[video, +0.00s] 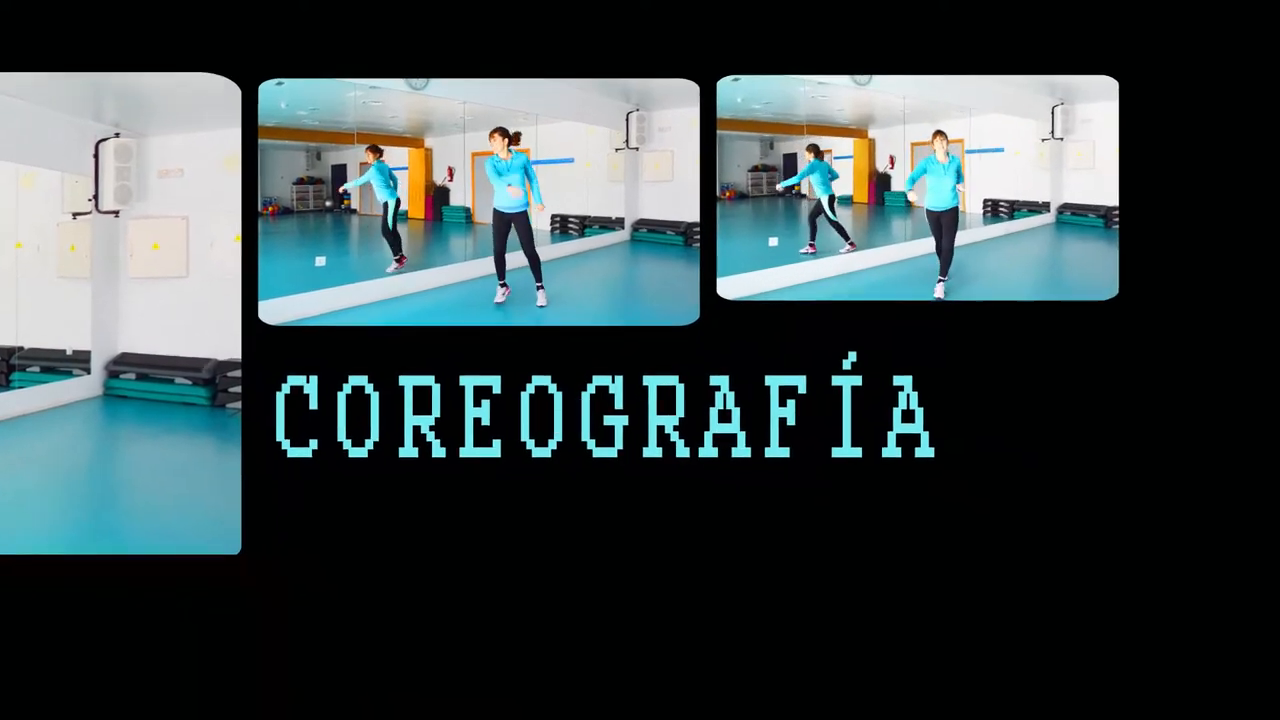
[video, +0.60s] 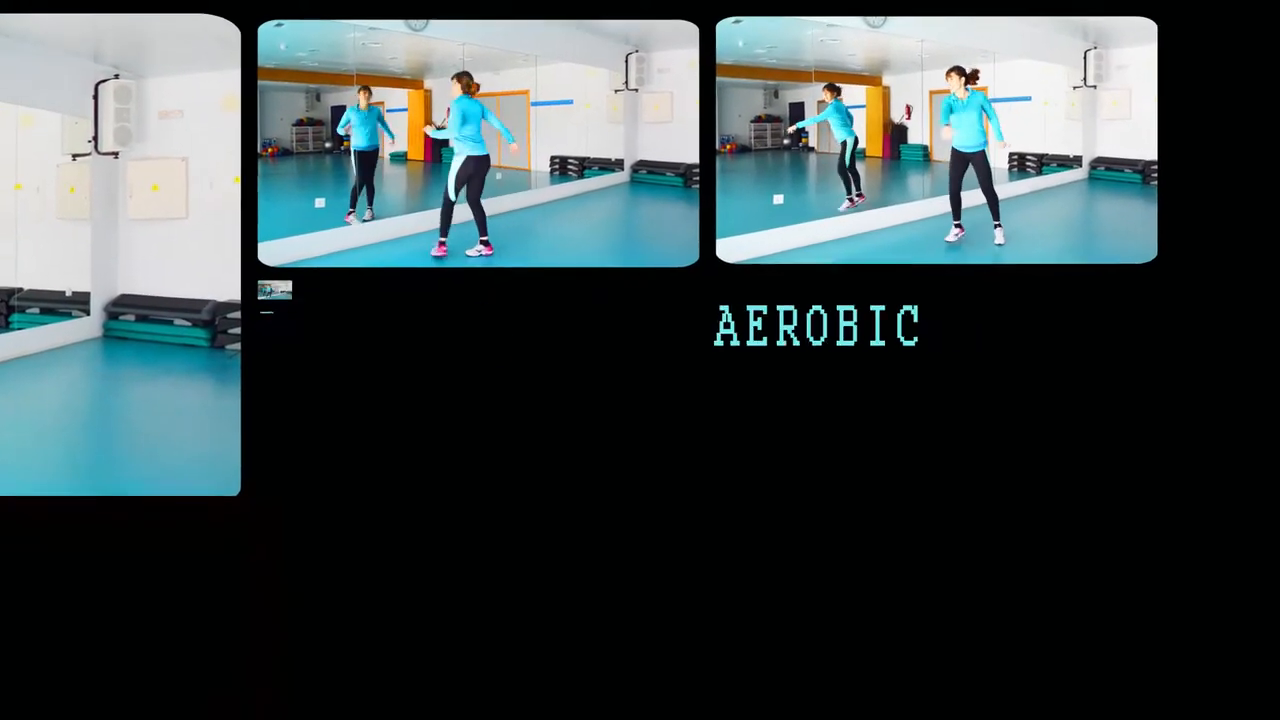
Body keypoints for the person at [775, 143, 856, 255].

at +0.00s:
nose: (806, 155)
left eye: (807, 153)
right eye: (806, 153)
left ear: (811, 153)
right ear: (816, 153)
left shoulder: (812, 165)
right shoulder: (824, 164)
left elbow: (798, 178)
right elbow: (835, 175)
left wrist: (782, 184)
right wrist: (825, 180)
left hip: (826, 196)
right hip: (825, 196)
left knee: (833, 221)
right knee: (812, 217)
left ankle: (850, 243)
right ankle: (811, 245)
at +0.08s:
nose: (807, 148)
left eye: (808, 146)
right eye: (807, 146)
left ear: (813, 145)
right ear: (817, 145)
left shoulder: (814, 158)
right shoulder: (827, 156)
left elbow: (804, 174)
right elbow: (839, 169)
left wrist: (793, 182)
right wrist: (831, 179)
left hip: (826, 190)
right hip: (828, 188)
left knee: (834, 215)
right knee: (814, 213)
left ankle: (849, 242)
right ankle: (814, 242)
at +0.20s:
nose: (810, 136)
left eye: (811, 133)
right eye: (810, 133)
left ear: (815, 133)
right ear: (821, 133)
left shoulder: (815, 147)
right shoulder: (830, 145)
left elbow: (809, 168)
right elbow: (843, 158)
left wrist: (815, 161)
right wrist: (842, 173)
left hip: (828, 179)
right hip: (833, 178)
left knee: (837, 208)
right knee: (816, 204)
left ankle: (849, 237)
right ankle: (827, 231)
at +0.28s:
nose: (813, 131)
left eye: (814, 128)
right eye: (813, 128)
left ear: (819, 128)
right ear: (824, 127)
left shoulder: (817, 142)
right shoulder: (833, 139)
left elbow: (811, 159)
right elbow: (847, 153)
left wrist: (817, 151)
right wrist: (847, 167)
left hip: (831, 174)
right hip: (836, 173)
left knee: (839, 203)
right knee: (820, 201)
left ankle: (851, 232)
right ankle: (836, 222)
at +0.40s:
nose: (816, 120)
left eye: (818, 118)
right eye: (816, 118)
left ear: (825, 118)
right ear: (828, 118)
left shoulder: (821, 131)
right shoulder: (837, 128)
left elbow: (813, 144)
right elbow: (850, 141)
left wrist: (820, 138)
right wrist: (850, 156)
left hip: (835, 163)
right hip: (839, 161)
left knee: (841, 191)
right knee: (832, 192)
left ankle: (854, 220)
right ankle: (849, 215)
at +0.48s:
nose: (819, 109)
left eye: (820, 106)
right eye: (819, 106)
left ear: (827, 105)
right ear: (830, 106)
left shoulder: (825, 119)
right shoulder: (838, 117)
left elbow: (814, 133)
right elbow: (849, 131)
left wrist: (821, 126)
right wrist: (851, 147)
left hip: (839, 151)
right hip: (843, 150)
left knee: (841, 180)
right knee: (840, 179)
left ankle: (854, 209)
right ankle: (852, 207)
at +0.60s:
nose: (824, 96)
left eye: (825, 93)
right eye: (824, 94)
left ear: (832, 93)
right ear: (833, 94)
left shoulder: (832, 107)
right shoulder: (841, 105)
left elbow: (816, 119)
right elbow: (850, 117)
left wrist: (797, 125)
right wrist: (848, 130)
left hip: (847, 139)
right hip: (851, 138)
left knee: (842, 168)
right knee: (851, 167)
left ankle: (850, 198)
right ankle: (859, 194)